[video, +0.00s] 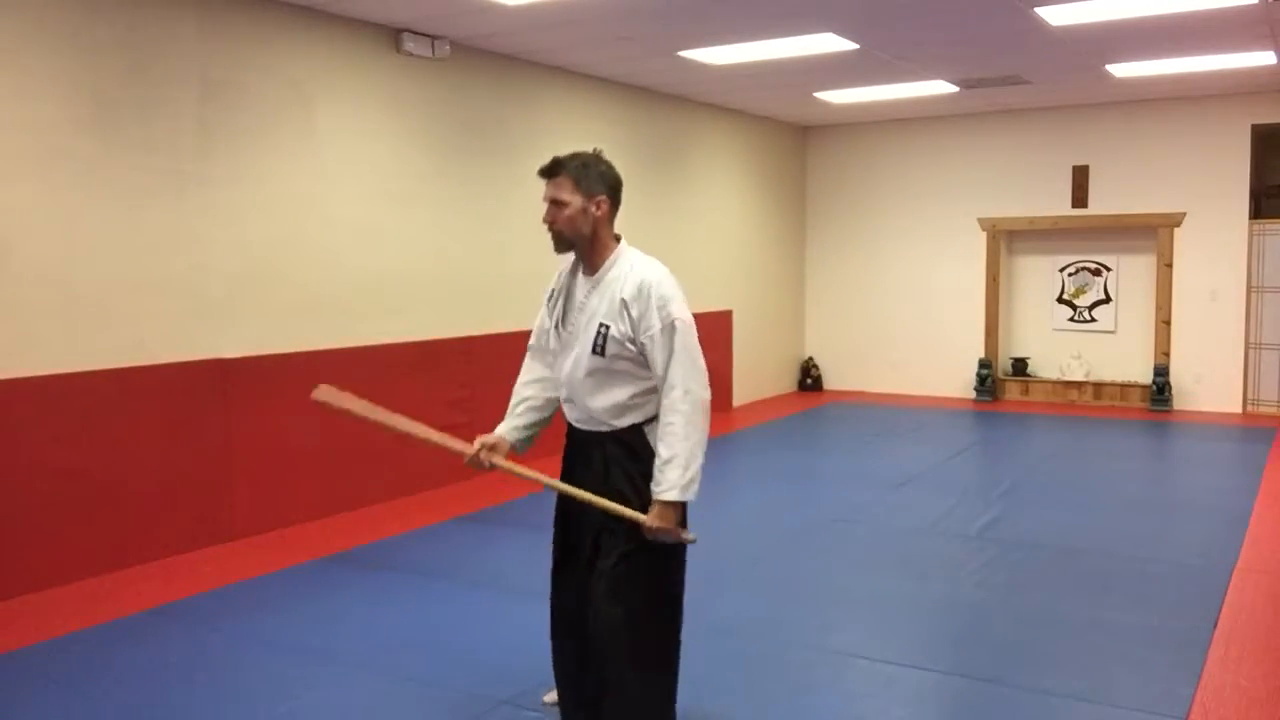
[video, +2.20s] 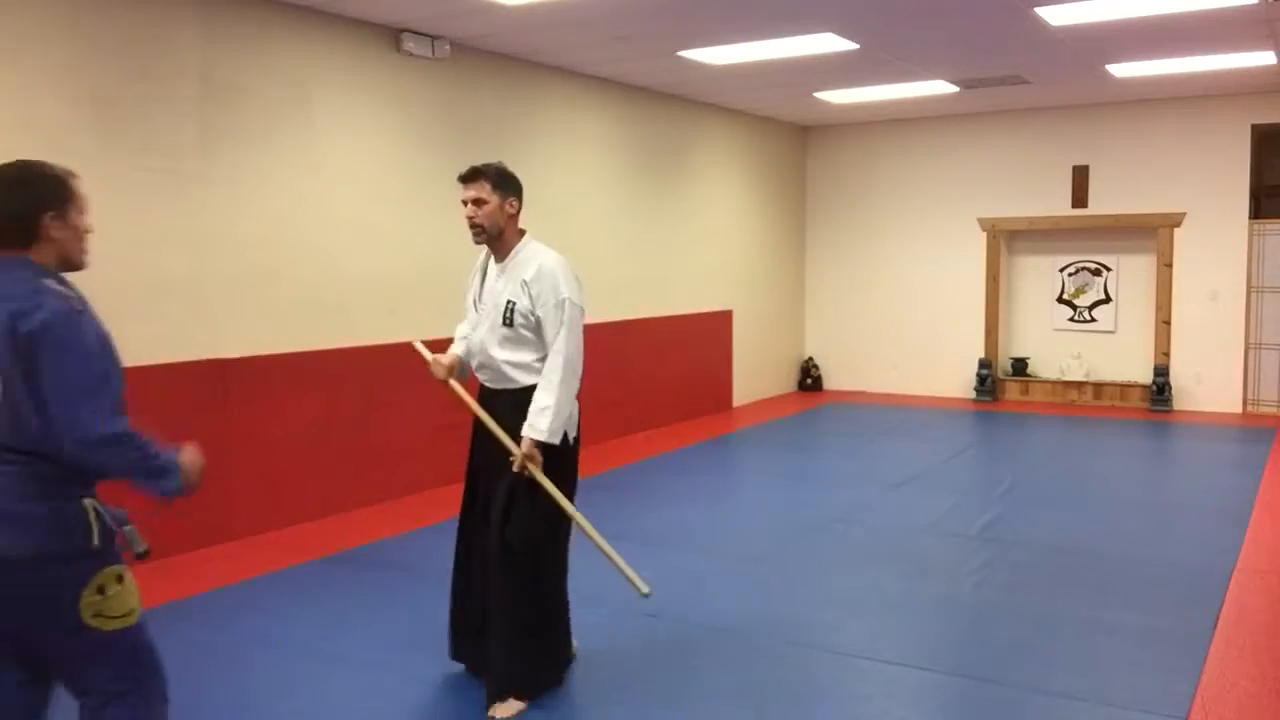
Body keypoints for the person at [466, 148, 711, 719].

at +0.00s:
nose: (545, 217)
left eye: (557, 205)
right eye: (545, 204)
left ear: (600, 208)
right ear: (587, 209)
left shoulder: (649, 284)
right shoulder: (566, 280)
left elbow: (688, 391)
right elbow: (543, 367)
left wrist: (670, 495)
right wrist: (508, 434)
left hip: (635, 458)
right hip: (581, 453)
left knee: (631, 613)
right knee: (575, 602)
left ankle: (633, 712)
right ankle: (582, 703)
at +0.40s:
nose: (547, 195)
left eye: (558, 184)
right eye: (547, 184)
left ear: (597, 191)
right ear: (588, 194)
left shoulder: (625, 268)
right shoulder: (588, 263)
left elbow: (622, 383)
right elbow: (597, 368)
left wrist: (581, 478)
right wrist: (554, 416)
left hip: (621, 449)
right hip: (586, 439)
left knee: (625, 600)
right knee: (589, 594)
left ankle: (632, 706)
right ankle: (587, 699)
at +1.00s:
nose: (515, 202)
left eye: (525, 190)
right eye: (514, 192)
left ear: (562, 194)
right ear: (552, 198)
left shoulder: (581, 259)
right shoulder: (558, 259)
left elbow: (582, 360)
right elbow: (554, 353)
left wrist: (521, 423)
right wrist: (506, 374)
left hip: (586, 437)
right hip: (559, 433)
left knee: (578, 586)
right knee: (552, 585)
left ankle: (582, 707)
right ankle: (554, 705)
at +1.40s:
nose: (483, 203)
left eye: (494, 192)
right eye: (483, 192)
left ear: (529, 199)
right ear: (513, 201)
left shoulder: (548, 264)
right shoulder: (522, 261)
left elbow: (552, 371)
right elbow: (503, 325)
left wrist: (491, 423)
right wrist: (437, 309)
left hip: (556, 430)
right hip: (526, 427)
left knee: (542, 562)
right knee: (522, 560)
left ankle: (540, 697)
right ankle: (528, 693)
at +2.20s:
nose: (469, 213)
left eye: (478, 203)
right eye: (465, 204)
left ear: (512, 206)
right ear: (469, 211)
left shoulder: (549, 270)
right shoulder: (484, 267)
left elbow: (564, 363)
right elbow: (476, 327)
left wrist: (537, 435)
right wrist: (456, 356)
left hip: (541, 415)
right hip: (495, 407)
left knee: (525, 544)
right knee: (486, 534)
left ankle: (518, 682)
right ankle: (495, 651)